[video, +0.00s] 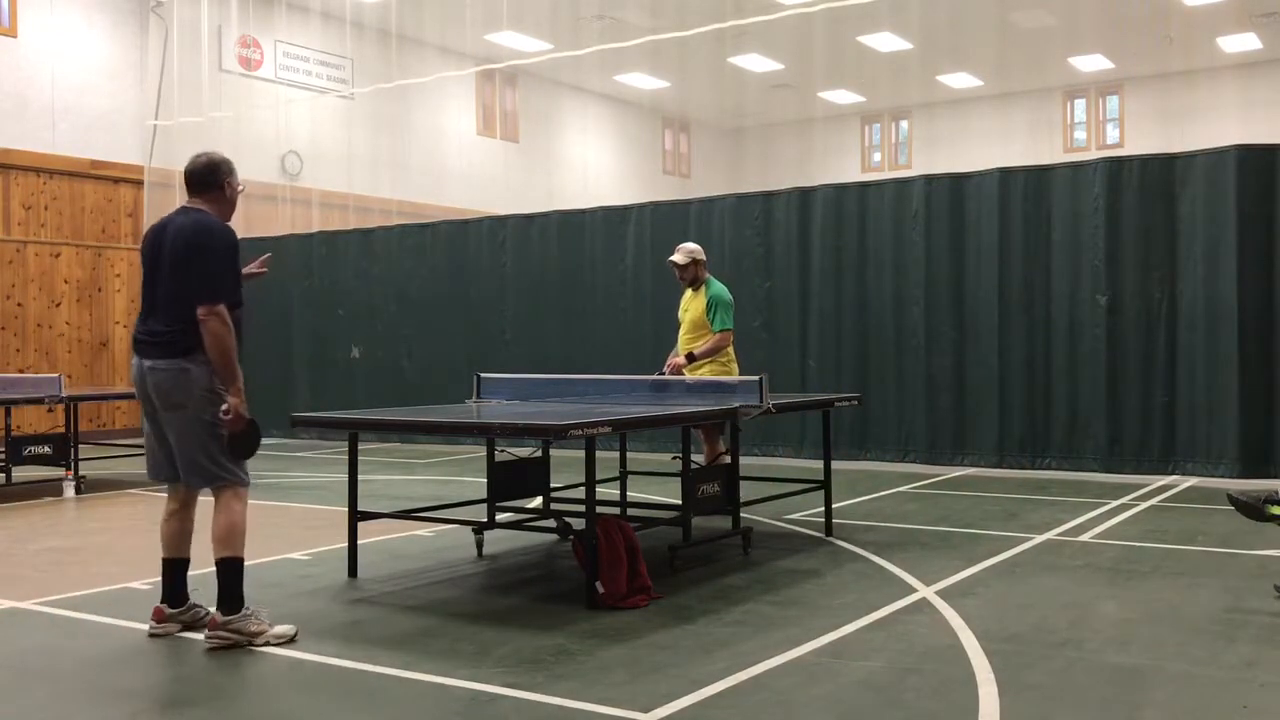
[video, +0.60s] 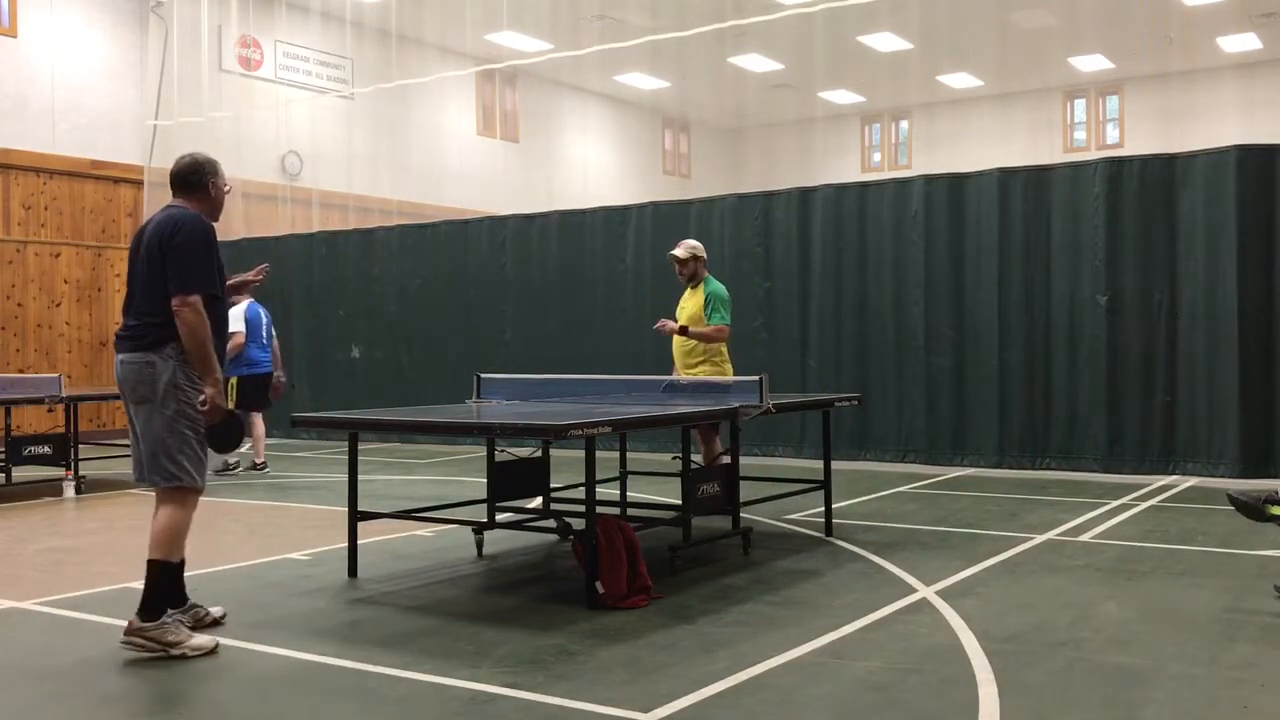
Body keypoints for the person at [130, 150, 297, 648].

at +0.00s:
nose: (238, 196)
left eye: (237, 188)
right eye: (237, 189)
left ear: (190, 187)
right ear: (226, 189)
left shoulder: (158, 232)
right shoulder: (217, 234)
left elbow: (175, 287)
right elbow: (211, 315)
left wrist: (235, 276)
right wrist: (235, 387)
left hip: (149, 369)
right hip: (189, 371)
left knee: (181, 488)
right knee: (232, 487)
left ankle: (174, 604)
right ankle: (232, 614)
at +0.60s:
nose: (227, 191)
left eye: (224, 184)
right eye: (223, 184)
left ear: (177, 186)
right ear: (210, 186)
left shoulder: (156, 225)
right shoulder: (192, 226)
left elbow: (172, 293)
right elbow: (186, 306)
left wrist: (229, 286)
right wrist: (213, 378)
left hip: (141, 363)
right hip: (165, 364)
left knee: (178, 487)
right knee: (180, 489)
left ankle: (174, 603)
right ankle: (151, 619)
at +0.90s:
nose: (218, 185)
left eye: (216, 177)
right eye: (215, 178)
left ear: (166, 181)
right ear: (201, 181)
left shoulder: (140, 226)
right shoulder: (188, 229)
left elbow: (160, 293)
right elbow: (192, 317)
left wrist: (218, 278)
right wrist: (227, 388)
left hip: (135, 368)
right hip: (169, 371)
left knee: (174, 493)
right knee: (173, 497)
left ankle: (175, 605)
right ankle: (146, 626)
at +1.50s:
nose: (217, 181)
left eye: (215, 173)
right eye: (214, 174)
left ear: (163, 174)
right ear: (199, 179)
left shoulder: (122, 216)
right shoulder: (176, 232)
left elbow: (140, 285)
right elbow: (169, 324)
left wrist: (202, 271)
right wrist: (188, 407)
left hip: (104, 369)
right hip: (144, 373)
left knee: (137, 494)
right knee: (156, 500)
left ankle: (118, 611)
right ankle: (147, 628)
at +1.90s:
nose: (175, 176)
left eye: (173, 168)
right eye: (171, 169)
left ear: (123, 174)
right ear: (153, 175)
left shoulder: (89, 221)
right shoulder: (135, 229)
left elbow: (118, 285)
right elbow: (139, 323)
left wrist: (184, 270)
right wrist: (180, 401)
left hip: (83, 373)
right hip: (126, 374)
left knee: (89, 503)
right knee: (155, 500)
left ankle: (25, 621)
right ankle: (145, 628)